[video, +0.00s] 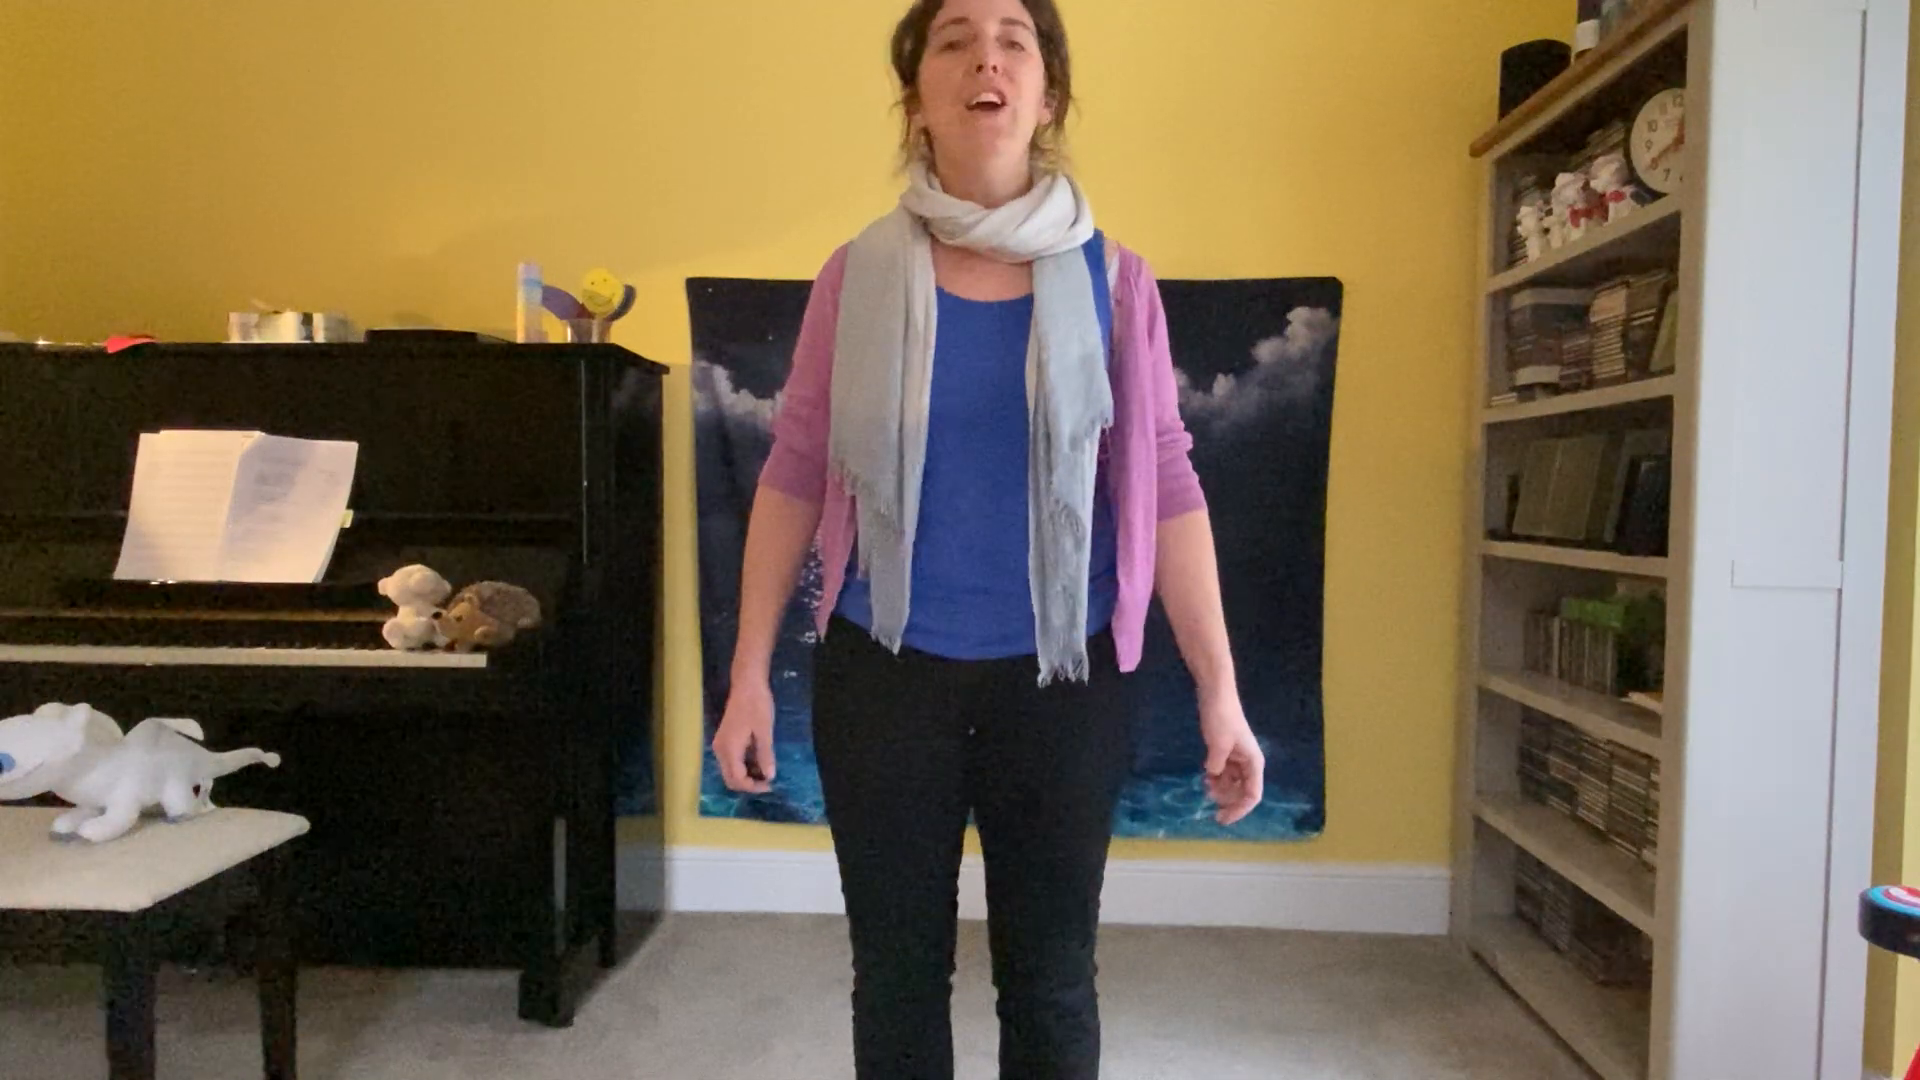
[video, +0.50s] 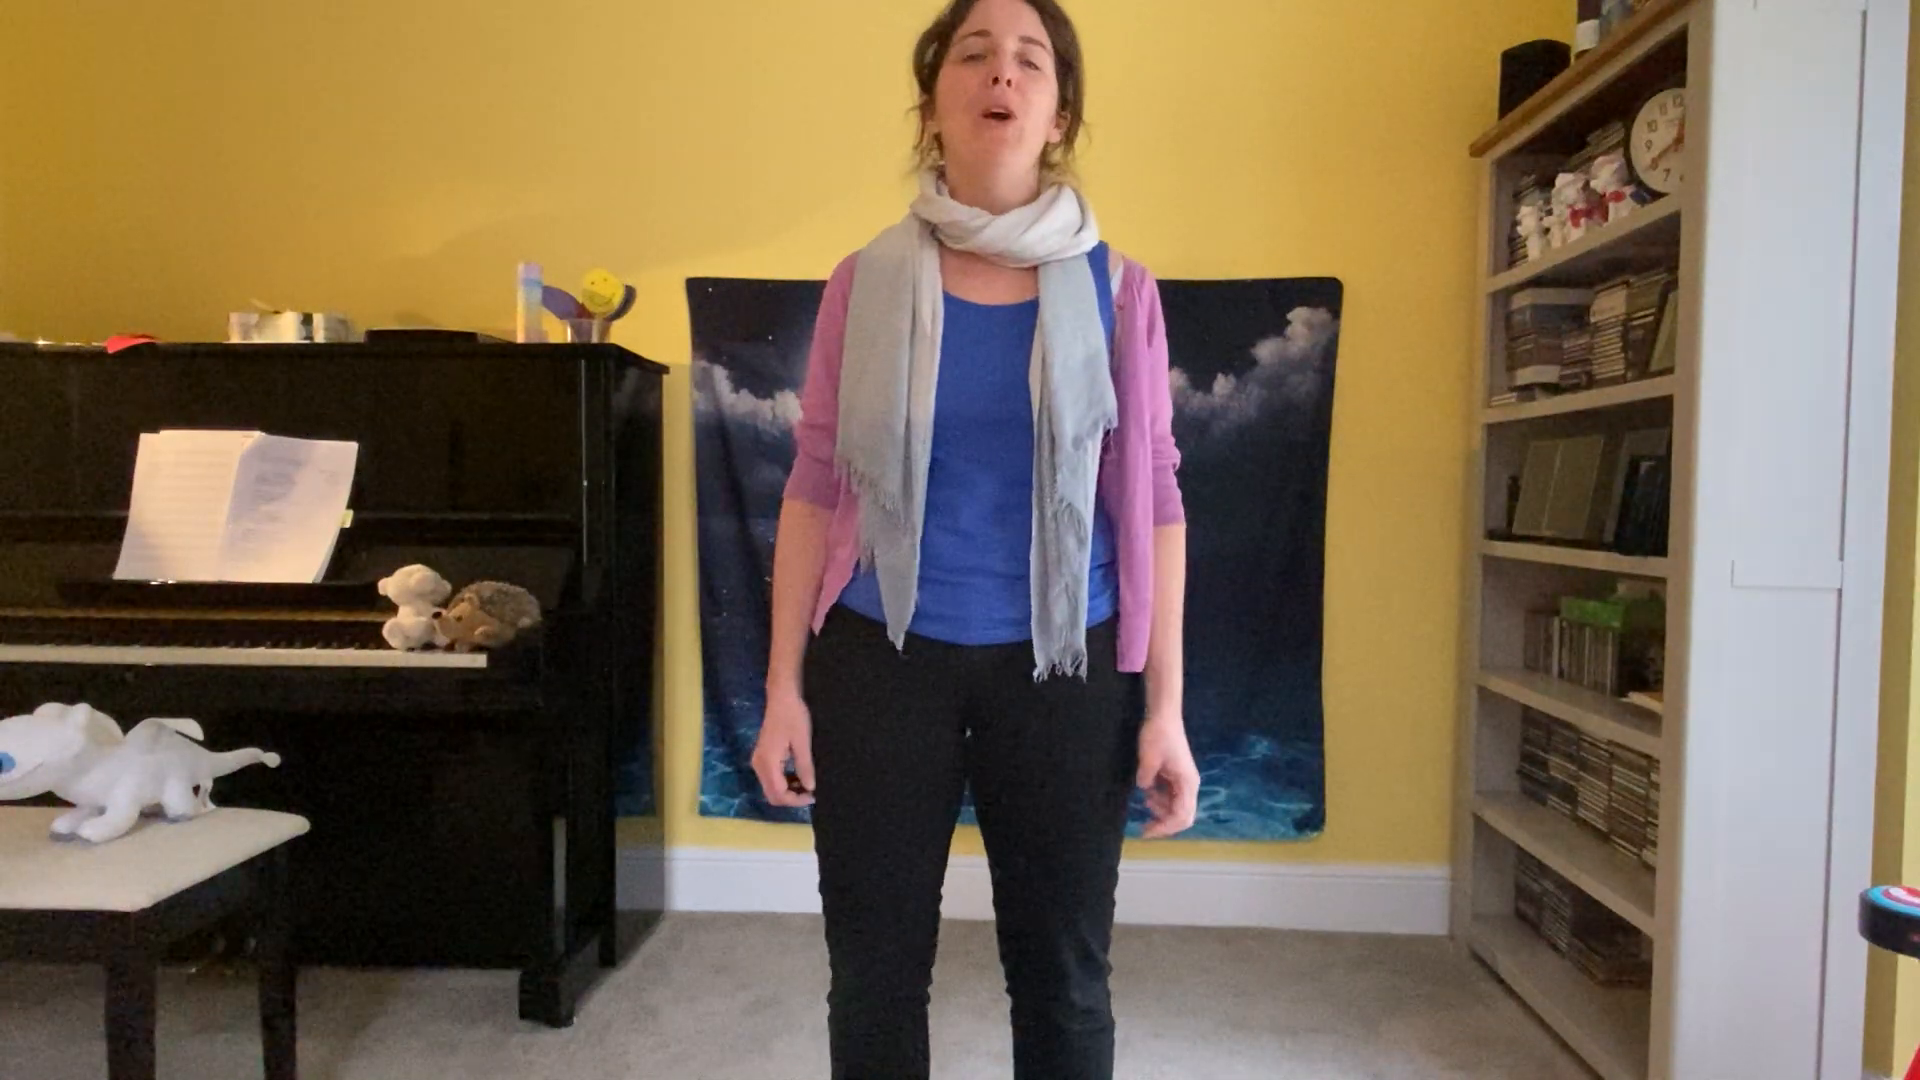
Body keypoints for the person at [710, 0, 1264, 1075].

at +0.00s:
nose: (988, 62)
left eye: (1015, 43)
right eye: (956, 44)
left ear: (1050, 89)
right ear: (914, 92)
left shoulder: (1117, 284)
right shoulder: (856, 276)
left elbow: (1169, 492)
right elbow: (793, 476)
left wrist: (1219, 690)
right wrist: (748, 670)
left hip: (1062, 688)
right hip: (883, 685)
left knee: (1051, 991)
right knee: (897, 988)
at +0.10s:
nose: (991, 61)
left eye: (1018, 42)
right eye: (960, 42)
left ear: (1052, 92)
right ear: (918, 91)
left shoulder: (1116, 285)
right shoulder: (857, 277)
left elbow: (1170, 494)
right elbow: (795, 479)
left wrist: (1222, 693)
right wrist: (746, 672)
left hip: (1062, 683)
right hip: (881, 678)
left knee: (1051, 989)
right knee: (895, 984)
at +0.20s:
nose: (994, 59)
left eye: (1022, 43)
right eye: (963, 40)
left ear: (1054, 96)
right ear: (921, 88)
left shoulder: (1118, 285)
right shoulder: (859, 276)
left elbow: (1168, 496)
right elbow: (797, 479)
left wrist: (1217, 699)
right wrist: (749, 672)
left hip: (1065, 685)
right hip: (879, 680)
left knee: (1053, 992)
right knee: (890, 994)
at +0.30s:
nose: (996, 62)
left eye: (1025, 47)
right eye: (968, 42)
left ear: (1057, 98)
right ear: (924, 87)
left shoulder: (1118, 285)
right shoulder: (859, 278)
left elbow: (1163, 499)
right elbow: (803, 484)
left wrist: (1199, 702)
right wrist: (758, 676)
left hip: (1070, 682)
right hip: (877, 675)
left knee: (1061, 989)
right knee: (879, 988)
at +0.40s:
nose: (998, 65)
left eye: (1027, 52)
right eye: (971, 46)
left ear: (1059, 104)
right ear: (927, 91)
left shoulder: (1120, 290)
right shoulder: (861, 281)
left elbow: (1156, 502)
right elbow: (810, 486)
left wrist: (1176, 703)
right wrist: (773, 683)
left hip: (1066, 681)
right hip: (877, 674)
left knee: (1067, 993)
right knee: (871, 992)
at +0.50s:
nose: (1002, 71)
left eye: (1030, 59)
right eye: (976, 51)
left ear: (1061, 111)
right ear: (930, 95)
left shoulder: (1120, 294)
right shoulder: (863, 285)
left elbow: (1154, 505)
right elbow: (814, 490)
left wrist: (1165, 704)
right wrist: (783, 686)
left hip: (1064, 681)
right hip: (880, 674)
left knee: (1065, 988)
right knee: (874, 990)